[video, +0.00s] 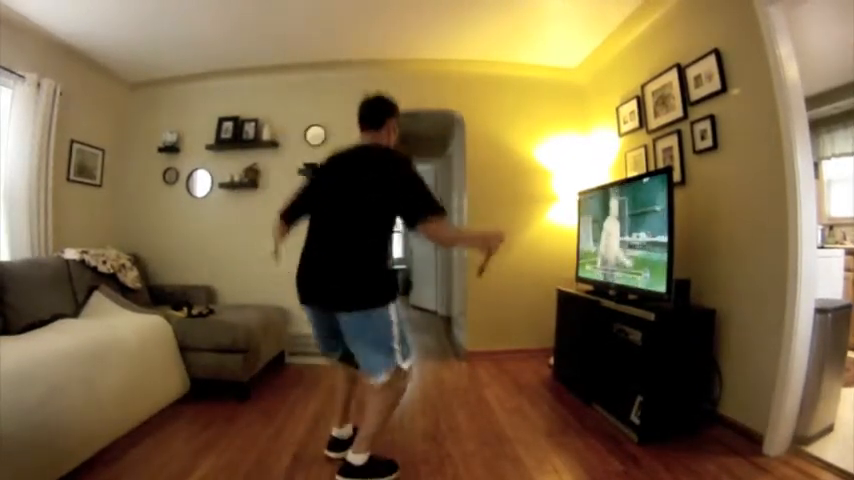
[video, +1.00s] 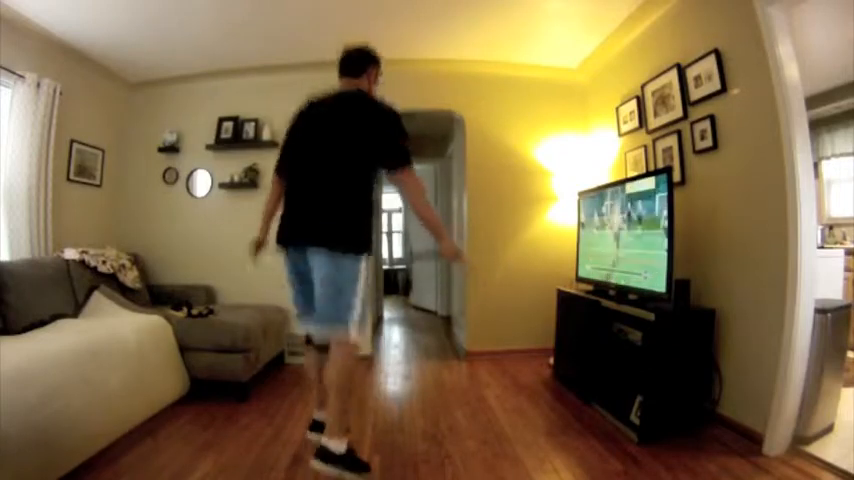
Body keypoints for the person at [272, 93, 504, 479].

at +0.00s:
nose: (398, 133)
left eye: (394, 126)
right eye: (397, 126)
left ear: (360, 127)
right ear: (391, 127)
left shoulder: (334, 164)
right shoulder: (395, 168)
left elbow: (288, 215)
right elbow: (436, 230)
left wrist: (281, 231)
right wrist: (483, 239)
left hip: (315, 283)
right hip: (363, 288)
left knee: (345, 360)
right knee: (389, 375)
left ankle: (342, 432)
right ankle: (359, 458)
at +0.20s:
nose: (395, 124)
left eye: (392, 117)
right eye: (395, 117)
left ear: (358, 118)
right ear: (389, 118)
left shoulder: (333, 157)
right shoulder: (396, 157)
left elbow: (293, 213)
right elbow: (427, 218)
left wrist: (284, 256)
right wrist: (475, 244)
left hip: (316, 274)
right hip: (365, 277)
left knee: (350, 354)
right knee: (382, 368)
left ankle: (341, 431)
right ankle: (358, 457)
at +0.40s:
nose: (389, 61)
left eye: (385, 55)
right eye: (390, 55)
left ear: (352, 53)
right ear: (387, 54)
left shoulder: (323, 90)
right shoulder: (393, 89)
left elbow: (295, 157)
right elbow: (419, 154)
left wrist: (270, 209)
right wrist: (458, 203)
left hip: (314, 209)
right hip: (361, 210)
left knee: (344, 307)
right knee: (363, 310)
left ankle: (352, 395)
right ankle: (339, 412)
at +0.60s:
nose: (385, 76)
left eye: (379, 69)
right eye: (386, 70)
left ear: (348, 67)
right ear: (382, 69)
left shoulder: (319, 105)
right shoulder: (390, 111)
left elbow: (279, 158)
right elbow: (416, 168)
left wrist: (257, 195)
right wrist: (466, 192)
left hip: (311, 232)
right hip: (359, 236)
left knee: (328, 328)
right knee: (356, 335)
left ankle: (323, 416)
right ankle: (343, 444)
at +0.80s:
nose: (384, 131)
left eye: (383, 125)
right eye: (384, 125)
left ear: (343, 123)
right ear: (378, 124)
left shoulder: (315, 161)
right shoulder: (381, 168)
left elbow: (278, 227)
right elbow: (420, 233)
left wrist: (275, 260)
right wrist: (470, 269)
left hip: (297, 285)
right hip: (345, 289)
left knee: (332, 357)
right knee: (366, 378)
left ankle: (318, 433)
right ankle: (331, 463)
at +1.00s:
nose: (378, 84)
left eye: (376, 78)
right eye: (379, 78)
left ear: (340, 74)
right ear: (372, 76)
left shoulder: (309, 112)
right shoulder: (378, 116)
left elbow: (280, 178)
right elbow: (407, 182)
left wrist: (262, 229)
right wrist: (444, 238)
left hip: (296, 235)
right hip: (341, 238)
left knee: (316, 336)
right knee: (342, 340)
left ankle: (319, 416)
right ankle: (333, 443)